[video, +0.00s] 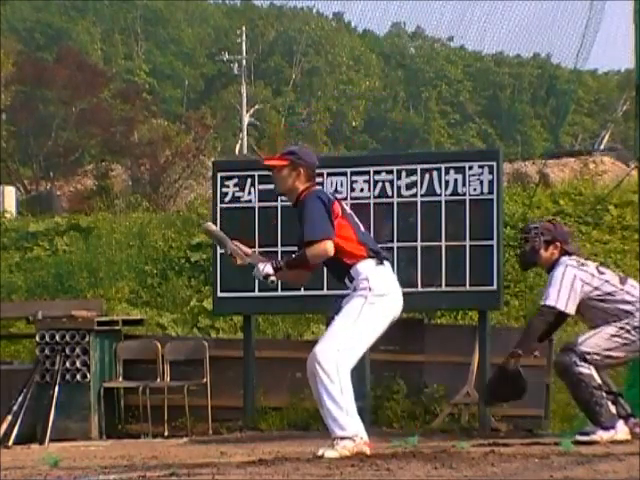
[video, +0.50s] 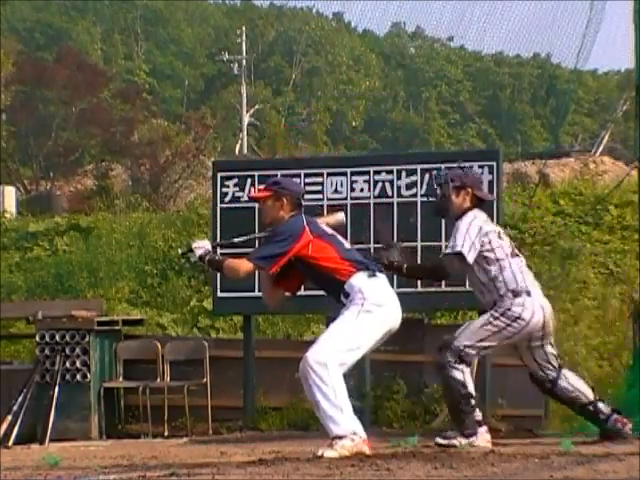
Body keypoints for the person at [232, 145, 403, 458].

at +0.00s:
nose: (274, 176)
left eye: (279, 170)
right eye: (274, 171)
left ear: (298, 172)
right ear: (299, 174)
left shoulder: (313, 199)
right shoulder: (313, 204)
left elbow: (323, 249)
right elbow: (300, 278)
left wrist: (282, 265)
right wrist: (265, 267)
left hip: (374, 288)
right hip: (369, 290)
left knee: (325, 358)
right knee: (322, 361)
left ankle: (351, 438)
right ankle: (351, 436)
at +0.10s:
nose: (268, 188)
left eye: (273, 182)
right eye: (269, 182)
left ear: (293, 185)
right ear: (295, 186)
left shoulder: (307, 210)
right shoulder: (313, 213)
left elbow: (305, 257)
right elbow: (295, 287)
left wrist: (260, 267)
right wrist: (258, 271)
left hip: (376, 292)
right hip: (376, 293)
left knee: (324, 358)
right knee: (321, 360)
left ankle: (350, 437)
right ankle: (351, 436)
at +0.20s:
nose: (264, 200)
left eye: (268, 194)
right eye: (264, 195)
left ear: (288, 196)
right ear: (289, 197)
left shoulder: (303, 218)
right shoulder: (312, 227)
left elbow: (277, 266)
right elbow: (288, 296)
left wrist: (235, 269)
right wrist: (258, 263)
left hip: (378, 296)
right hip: (374, 298)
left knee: (323, 358)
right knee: (318, 361)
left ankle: (351, 438)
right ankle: (350, 436)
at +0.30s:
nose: (261, 206)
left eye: (265, 199)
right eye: (261, 200)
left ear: (285, 201)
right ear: (286, 202)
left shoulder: (299, 225)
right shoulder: (309, 233)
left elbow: (254, 269)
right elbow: (279, 300)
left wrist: (218, 262)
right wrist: (264, 263)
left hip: (376, 299)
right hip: (374, 301)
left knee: (322, 360)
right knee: (316, 364)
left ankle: (350, 437)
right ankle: (350, 437)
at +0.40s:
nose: (260, 207)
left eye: (265, 201)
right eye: (261, 202)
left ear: (284, 203)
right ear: (284, 205)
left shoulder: (297, 227)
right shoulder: (310, 234)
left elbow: (244, 269)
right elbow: (275, 300)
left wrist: (214, 258)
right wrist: (264, 260)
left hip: (374, 300)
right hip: (369, 303)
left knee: (320, 361)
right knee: (312, 366)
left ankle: (351, 436)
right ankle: (349, 436)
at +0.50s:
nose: (260, 208)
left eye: (264, 202)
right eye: (260, 202)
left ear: (283, 204)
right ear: (284, 205)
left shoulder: (295, 227)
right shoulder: (308, 232)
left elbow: (241, 270)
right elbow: (274, 299)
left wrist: (211, 257)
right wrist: (265, 260)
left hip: (372, 300)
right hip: (371, 302)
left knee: (318, 362)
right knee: (313, 366)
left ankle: (350, 436)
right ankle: (350, 436)